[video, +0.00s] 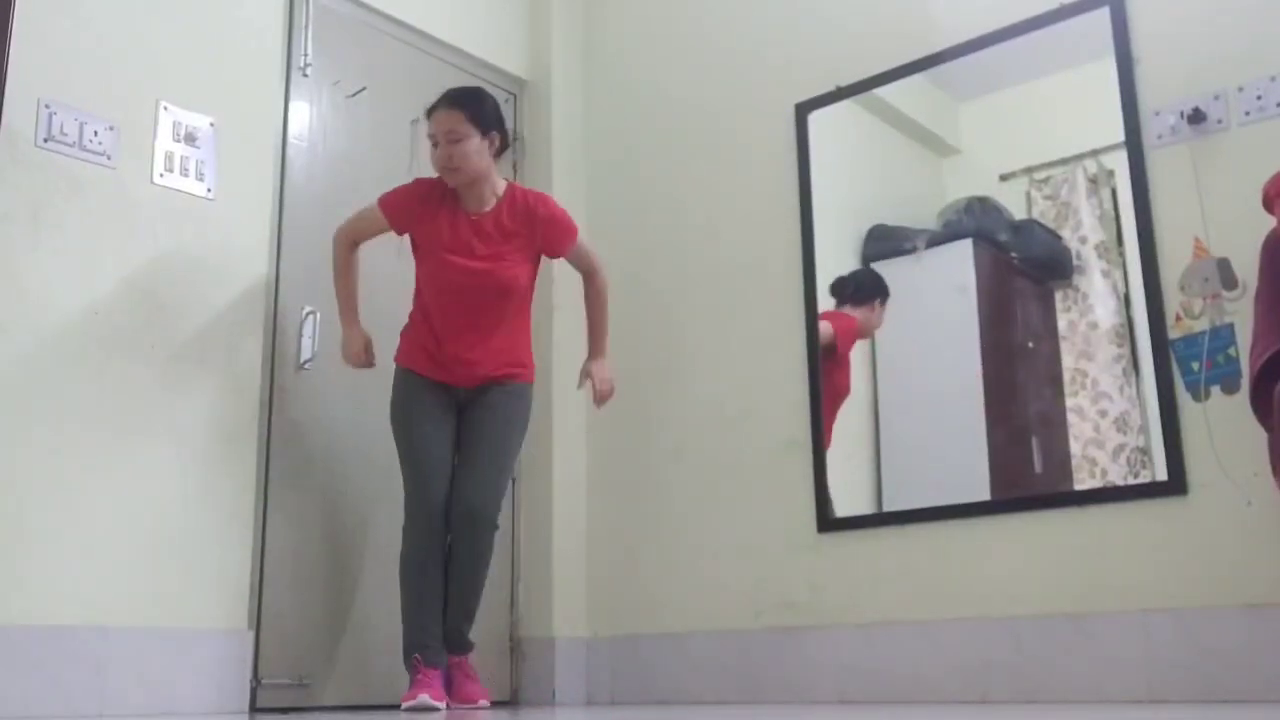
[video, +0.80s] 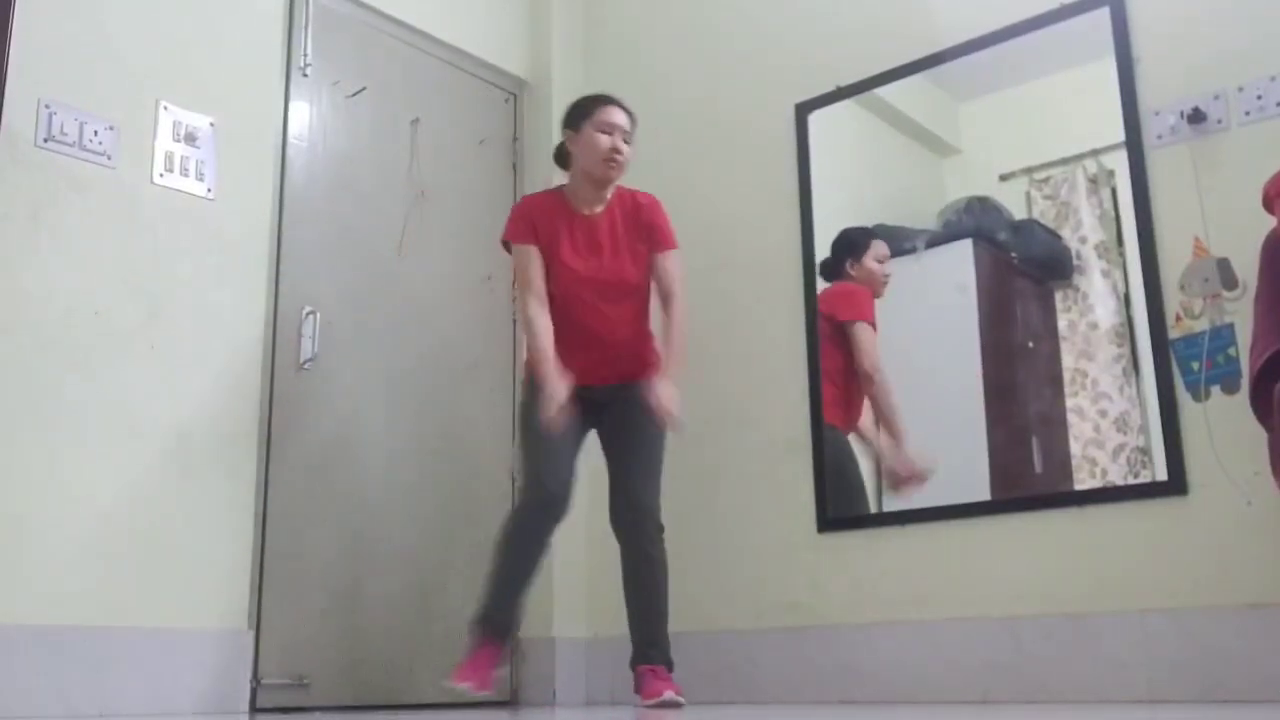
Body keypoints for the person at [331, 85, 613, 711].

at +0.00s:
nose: (443, 155)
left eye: (455, 141)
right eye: (435, 143)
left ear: (493, 142)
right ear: (430, 148)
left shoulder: (536, 213)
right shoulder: (420, 201)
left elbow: (594, 272)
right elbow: (345, 239)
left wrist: (598, 355)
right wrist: (351, 327)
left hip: (502, 380)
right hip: (424, 374)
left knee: (478, 511)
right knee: (427, 511)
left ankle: (457, 654)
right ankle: (425, 669)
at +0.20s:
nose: (477, 148)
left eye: (490, 137)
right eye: (465, 137)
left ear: (513, 150)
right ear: (448, 148)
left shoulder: (536, 225)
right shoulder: (422, 214)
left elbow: (557, 314)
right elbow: (366, 300)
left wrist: (553, 375)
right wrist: (391, 367)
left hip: (508, 382)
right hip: (430, 381)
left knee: (514, 475)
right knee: (430, 513)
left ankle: (495, 593)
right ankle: (425, 670)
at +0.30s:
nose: (491, 141)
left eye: (504, 133)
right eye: (479, 131)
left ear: (521, 149)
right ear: (458, 143)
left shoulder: (539, 219)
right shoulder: (427, 209)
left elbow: (549, 306)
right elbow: (404, 302)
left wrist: (531, 326)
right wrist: (466, 311)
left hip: (516, 380)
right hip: (440, 380)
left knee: (542, 478)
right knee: (435, 514)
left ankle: (530, 601)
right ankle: (426, 673)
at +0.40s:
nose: (508, 129)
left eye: (520, 122)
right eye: (495, 119)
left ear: (534, 140)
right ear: (472, 133)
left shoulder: (551, 206)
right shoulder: (440, 194)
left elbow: (560, 292)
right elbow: (441, 272)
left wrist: (527, 251)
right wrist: (507, 234)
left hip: (531, 374)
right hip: (454, 375)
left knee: (570, 496)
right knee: (444, 510)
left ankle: (587, 637)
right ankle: (426, 671)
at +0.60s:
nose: (555, 128)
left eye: (567, 123)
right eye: (542, 117)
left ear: (579, 143)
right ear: (515, 134)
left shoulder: (597, 200)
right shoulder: (488, 198)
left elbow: (621, 284)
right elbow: (497, 269)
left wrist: (588, 224)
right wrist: (560, 217)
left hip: (584, 381)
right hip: (505, 379)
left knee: (608, 518)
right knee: (476, 515)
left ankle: (650, 667)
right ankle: (431, 670)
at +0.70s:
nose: (590, 133)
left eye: (599, 127)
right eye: (576, 122)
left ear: (608, 147)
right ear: (545, 137)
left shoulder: (626, 207)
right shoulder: (515, 207)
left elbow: (650, 291)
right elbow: (520, 294)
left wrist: (618, 298)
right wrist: (579, 294)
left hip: (614, 385)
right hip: (535, 382)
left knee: (631, 520)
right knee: (501, 511)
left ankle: (652, 667)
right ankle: (441, 661)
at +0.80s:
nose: (618, 144)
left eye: (625, 136)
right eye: (604, 131)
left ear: (630, 152)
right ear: (569, 141)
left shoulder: (644, 212)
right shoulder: (534, 212)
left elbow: (672, 297)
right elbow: (533, 301)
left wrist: (667, 375)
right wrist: (550, 377)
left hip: (631, 384)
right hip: (559, 381)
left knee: (639, 517)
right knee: (545, 499)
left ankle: (653, 667)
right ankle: (490, 638)